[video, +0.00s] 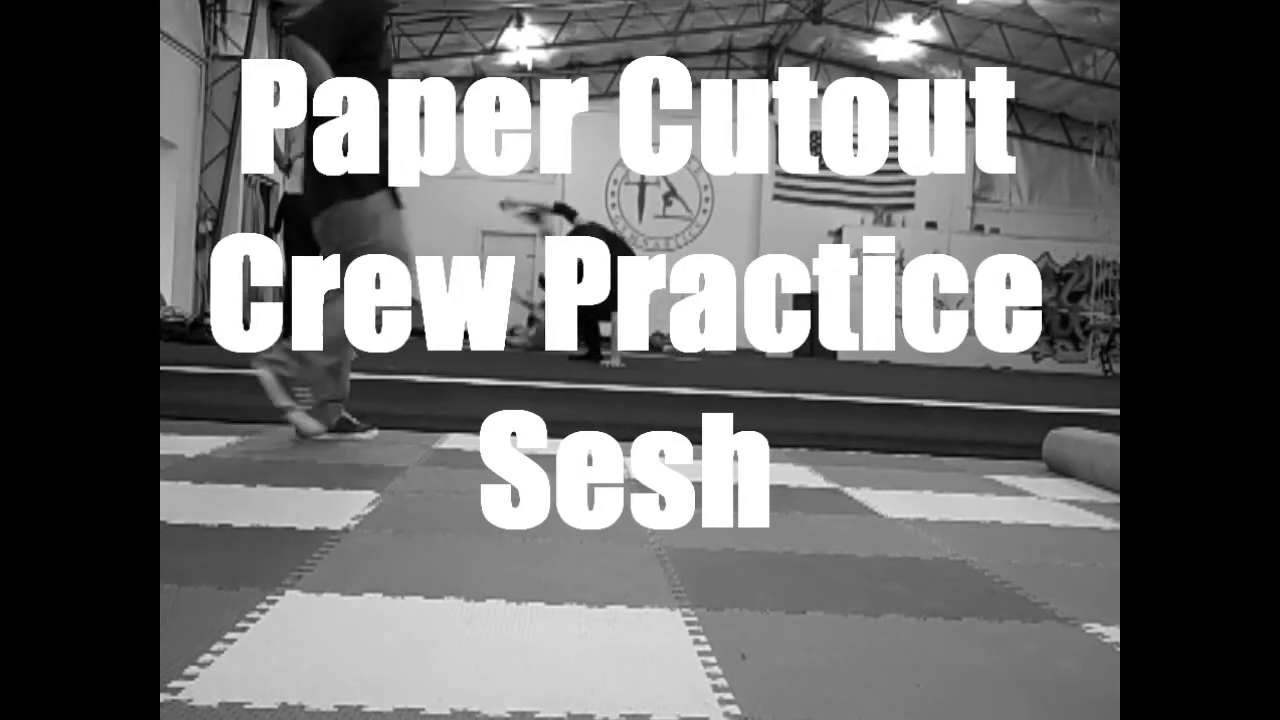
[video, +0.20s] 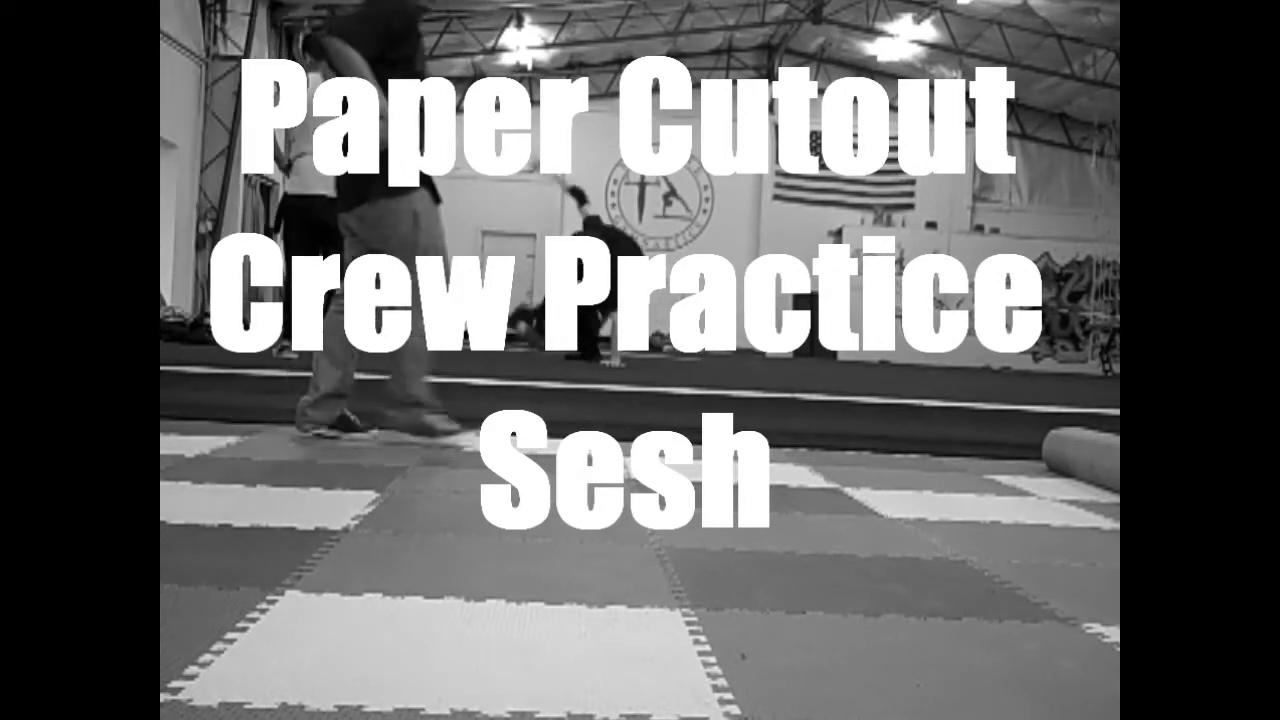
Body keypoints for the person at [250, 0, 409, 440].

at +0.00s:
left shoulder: (372, 20)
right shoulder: (360, 7)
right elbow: (300, 42)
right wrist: (334, 108)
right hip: (349, 177)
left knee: (350, 290)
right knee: (388, 284)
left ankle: (328, 407)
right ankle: (288, 366)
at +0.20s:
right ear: (414, 0)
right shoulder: (397, 12)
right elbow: (336, 39)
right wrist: (372, 105)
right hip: (388, 180)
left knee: (353, 298)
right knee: (416, 294)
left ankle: (323, 406)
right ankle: (410, 405)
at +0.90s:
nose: (591, 19)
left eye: (592, 13)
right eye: (591, 11)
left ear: (546, 5)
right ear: (578, 5)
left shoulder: (515, 40)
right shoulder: (564, 37)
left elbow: (460, 95)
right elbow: (539, 86)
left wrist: (486, 155)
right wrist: (545, 162)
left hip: (507, 185)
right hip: (537, 187)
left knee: (544, 310)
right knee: (523, 311)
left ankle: (535, 406)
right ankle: (474, 413)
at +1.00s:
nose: (621, 27)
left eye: (622, 16)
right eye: (619, 15)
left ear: (579, 8)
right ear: (597, 9)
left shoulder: (545, 47)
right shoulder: (574, 43)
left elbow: (488, 105)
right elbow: (539, 88)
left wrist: (517, 159)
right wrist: (549, 164)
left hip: (534, 194)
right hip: (550, 196)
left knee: (569, 316)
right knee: (538, 313)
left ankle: (563, 416)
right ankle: (477, 413)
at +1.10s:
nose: (639, 37)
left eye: (642, 29)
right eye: (636, 27)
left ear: (609, 19)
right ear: (609, 17)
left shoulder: (591, 58)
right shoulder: (581, 47)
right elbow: (533, 88)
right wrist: (549, 158)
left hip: (577, 208)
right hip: (560, 206)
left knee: (590, 319)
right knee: (578, 318)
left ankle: (565, 417)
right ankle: (490, 403)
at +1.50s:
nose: (682, 43)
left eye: (689, 34)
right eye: (676, 32)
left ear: (693, 32)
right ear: (649, 20)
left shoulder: (688, 79)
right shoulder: (609, 62)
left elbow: (721, 134)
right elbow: (547, 110)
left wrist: (750, 180)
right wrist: (574, 166)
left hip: (649, 211)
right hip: (611, 207)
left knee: (629, 318)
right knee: (660, 315)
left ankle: (571, 408)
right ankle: (684, 425)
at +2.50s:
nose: (579, 8)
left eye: (587, 4)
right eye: (574, 5)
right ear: (568, 0)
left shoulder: (655, 28)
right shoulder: (552, 26)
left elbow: (734, 59)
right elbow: (507, 59)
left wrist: (687, 128)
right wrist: (495, 60)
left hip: (610, 183)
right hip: (548, 174)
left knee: (562, 294)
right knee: (515, 269)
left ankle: (530, 405)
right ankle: (505, 374)